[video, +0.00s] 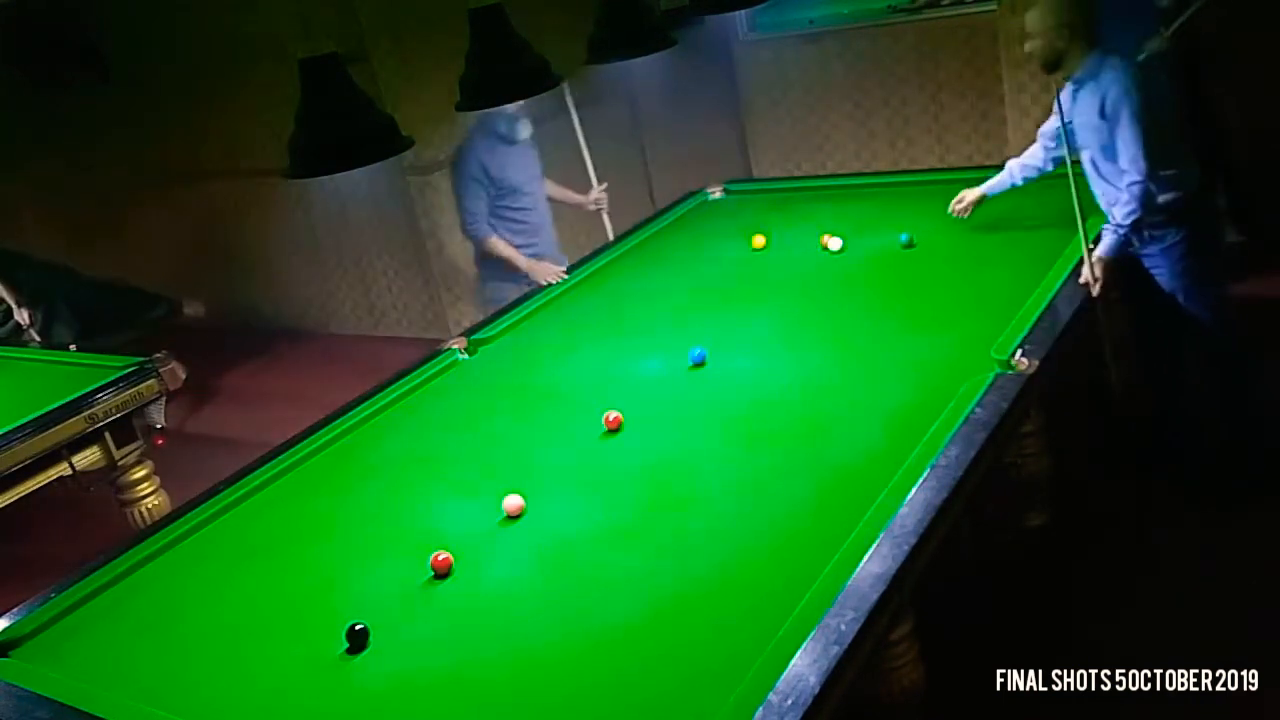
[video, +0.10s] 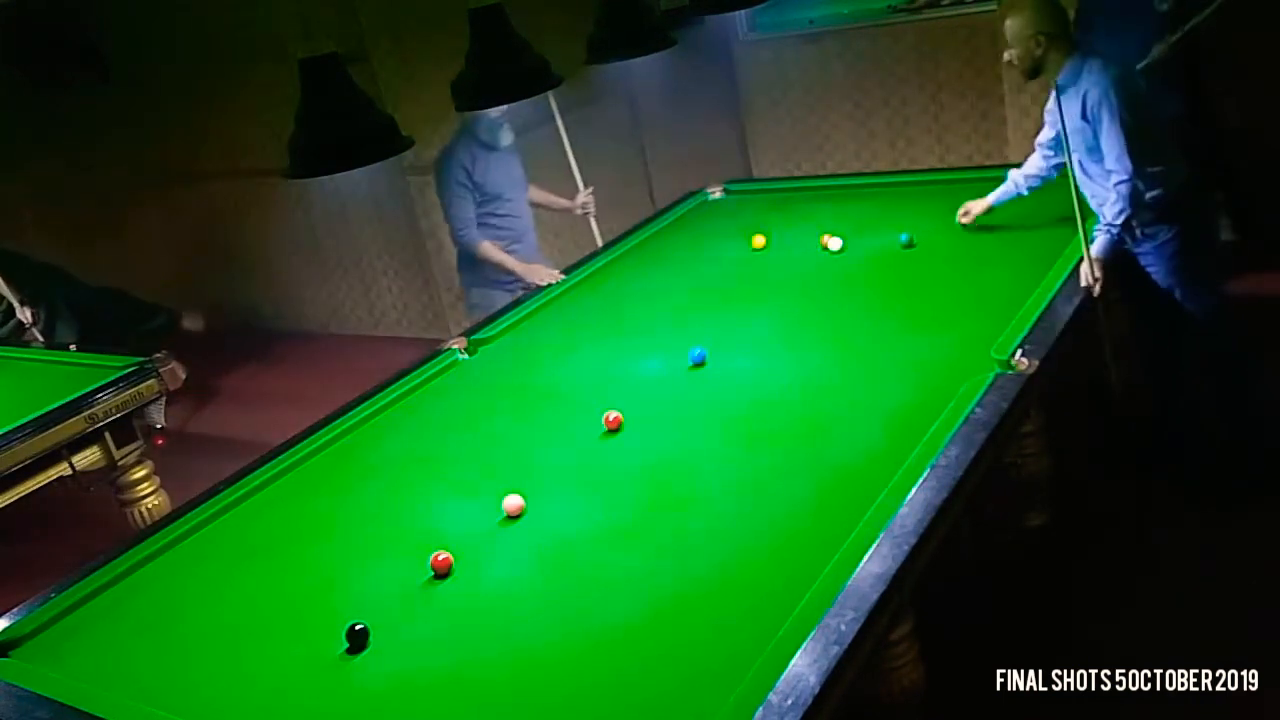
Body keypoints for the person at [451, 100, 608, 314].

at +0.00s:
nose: (519, 104)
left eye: (520, 98)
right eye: (508, 101)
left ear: (523, 100)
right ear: (490, 106)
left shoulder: (522, 139)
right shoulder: (472, 155)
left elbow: (536, 183)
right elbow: (476, 228)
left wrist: (583, 201)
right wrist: (530, 266)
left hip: (553, 274)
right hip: (509, 286)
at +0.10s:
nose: (502, 110)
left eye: (503, 103)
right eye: (491, 106)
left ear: (508, 103)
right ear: (472, 111)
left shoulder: (503, 143)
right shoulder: (455, 160)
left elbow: (521, 190)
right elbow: (466, 236)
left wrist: (570, 205)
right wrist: (523, 269)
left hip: (536, 280)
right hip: (493, 291)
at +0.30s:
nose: (466, 114)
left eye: (468, 105)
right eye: (457, 108)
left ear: (474, 103)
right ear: (436, 110)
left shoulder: (476, 145)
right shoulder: (430, 163)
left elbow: (500, 193)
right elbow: (456, 235)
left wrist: (548, 214)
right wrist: (513, 272)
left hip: (516, 273)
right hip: (475, 287)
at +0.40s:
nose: (462, 113)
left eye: (462, 104)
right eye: (452, 107)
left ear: (466, 102)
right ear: (429, 111)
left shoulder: (468, 145)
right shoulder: (425, 165)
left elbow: (493, 197)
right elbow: (459, 235)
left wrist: (541, 218)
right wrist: (513, 273)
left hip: (511, 271)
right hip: (472, 287)